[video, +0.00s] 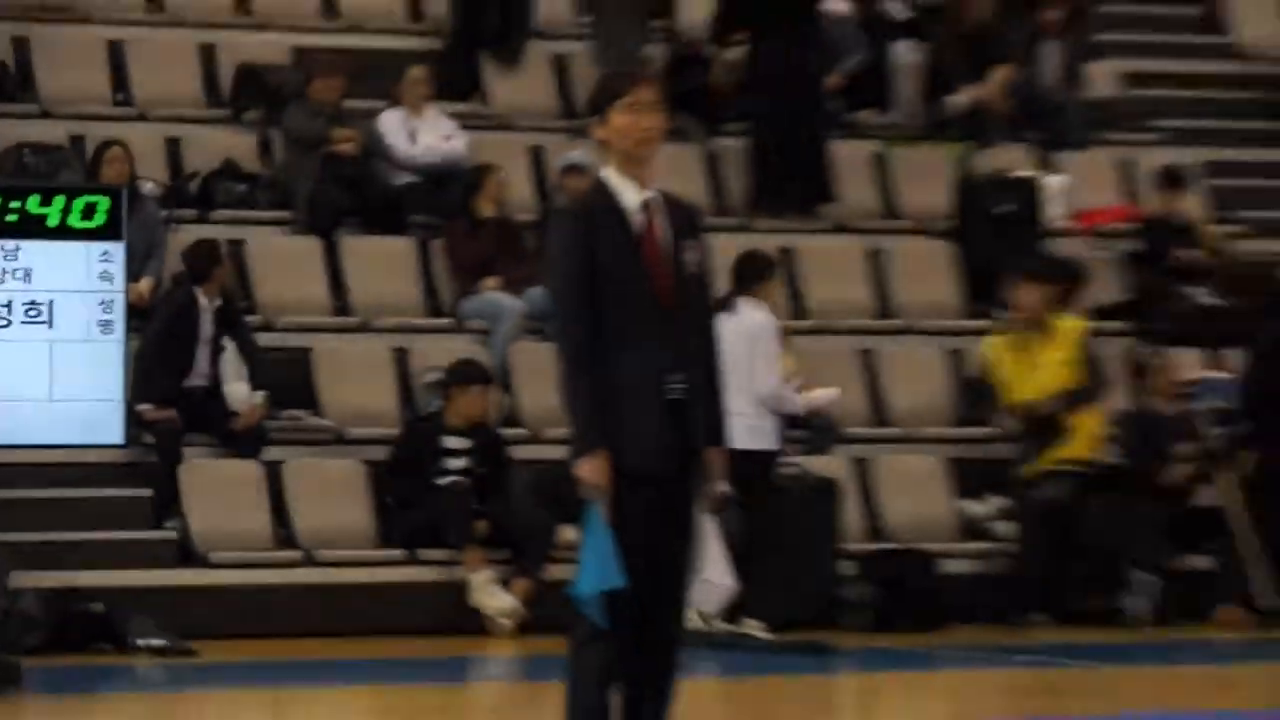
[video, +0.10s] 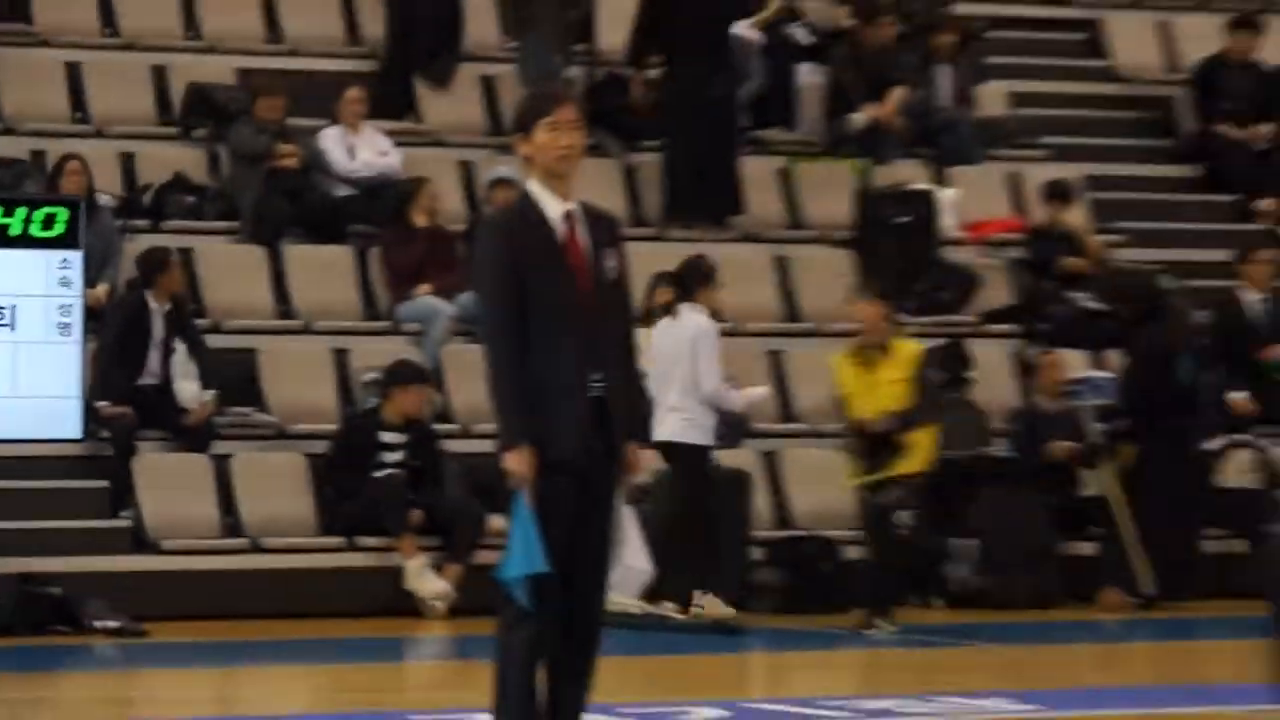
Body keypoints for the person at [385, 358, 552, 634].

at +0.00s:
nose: (483, 403)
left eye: (485, 394)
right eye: (476, 394)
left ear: (487, 396)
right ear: (454, 395)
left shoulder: (489, 439)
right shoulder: (419, 432)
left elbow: (499, 489)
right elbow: (402, 485)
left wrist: (488, 518)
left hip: (473, 522)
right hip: (421, 523)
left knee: (537, 523)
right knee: (457, 495)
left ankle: (512, 599)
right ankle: (479, 580)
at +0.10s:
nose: (423, 400)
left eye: (424, 393)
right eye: (417, 392)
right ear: (395, 393)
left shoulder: (422, 433)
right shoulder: (358, 428)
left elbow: (432, 482)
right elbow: (339, 479)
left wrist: (420, 508)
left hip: (406, 509)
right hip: (356, 511)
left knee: (467, 512)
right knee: (393, 485)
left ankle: (444, 585)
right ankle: (414, 566)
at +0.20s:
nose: (375, 397)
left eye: (376, 390)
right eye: (369, 390)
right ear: (347, 390)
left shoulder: (370, 427)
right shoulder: (311, 420)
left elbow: (379, 472)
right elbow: (294, 468)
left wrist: (370, 497)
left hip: (356, 494)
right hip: (310, 498)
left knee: (412, 502)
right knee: (342, 478)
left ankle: (392, 568)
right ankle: (364, 553)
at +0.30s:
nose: (330, 392)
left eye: (331, 386)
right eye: (324, 386)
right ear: (303, 386)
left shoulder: (326, 421)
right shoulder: (270, 414)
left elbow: (335, 463)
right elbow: (251, 458)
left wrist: (324, 485)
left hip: (312, 486)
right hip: (270, 488)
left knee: (363, 488)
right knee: (300, 465)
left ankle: (346, 551)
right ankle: (319, 536)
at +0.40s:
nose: (291, 383)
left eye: (291, 377)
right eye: (285, 376)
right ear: (267, 377)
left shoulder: (288, 409)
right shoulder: (235, 403)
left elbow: (296, 449)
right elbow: (216, 445)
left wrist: (285, 470)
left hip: (275, 470)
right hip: (234, 471)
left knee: (326, 474)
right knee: (264, 451)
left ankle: (306, 532)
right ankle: (280, 517)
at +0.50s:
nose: (260, 381)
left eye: (259, 376)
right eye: (254, 375)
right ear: (237, 376)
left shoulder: (257, 406)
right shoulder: (206, 400)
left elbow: (262, 445)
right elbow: (189, 440)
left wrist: (253, 464)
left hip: (244, 463)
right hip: (204, 464)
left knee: (292, 468)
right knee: (233, 445)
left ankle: (273, 523)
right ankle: (248, 508)